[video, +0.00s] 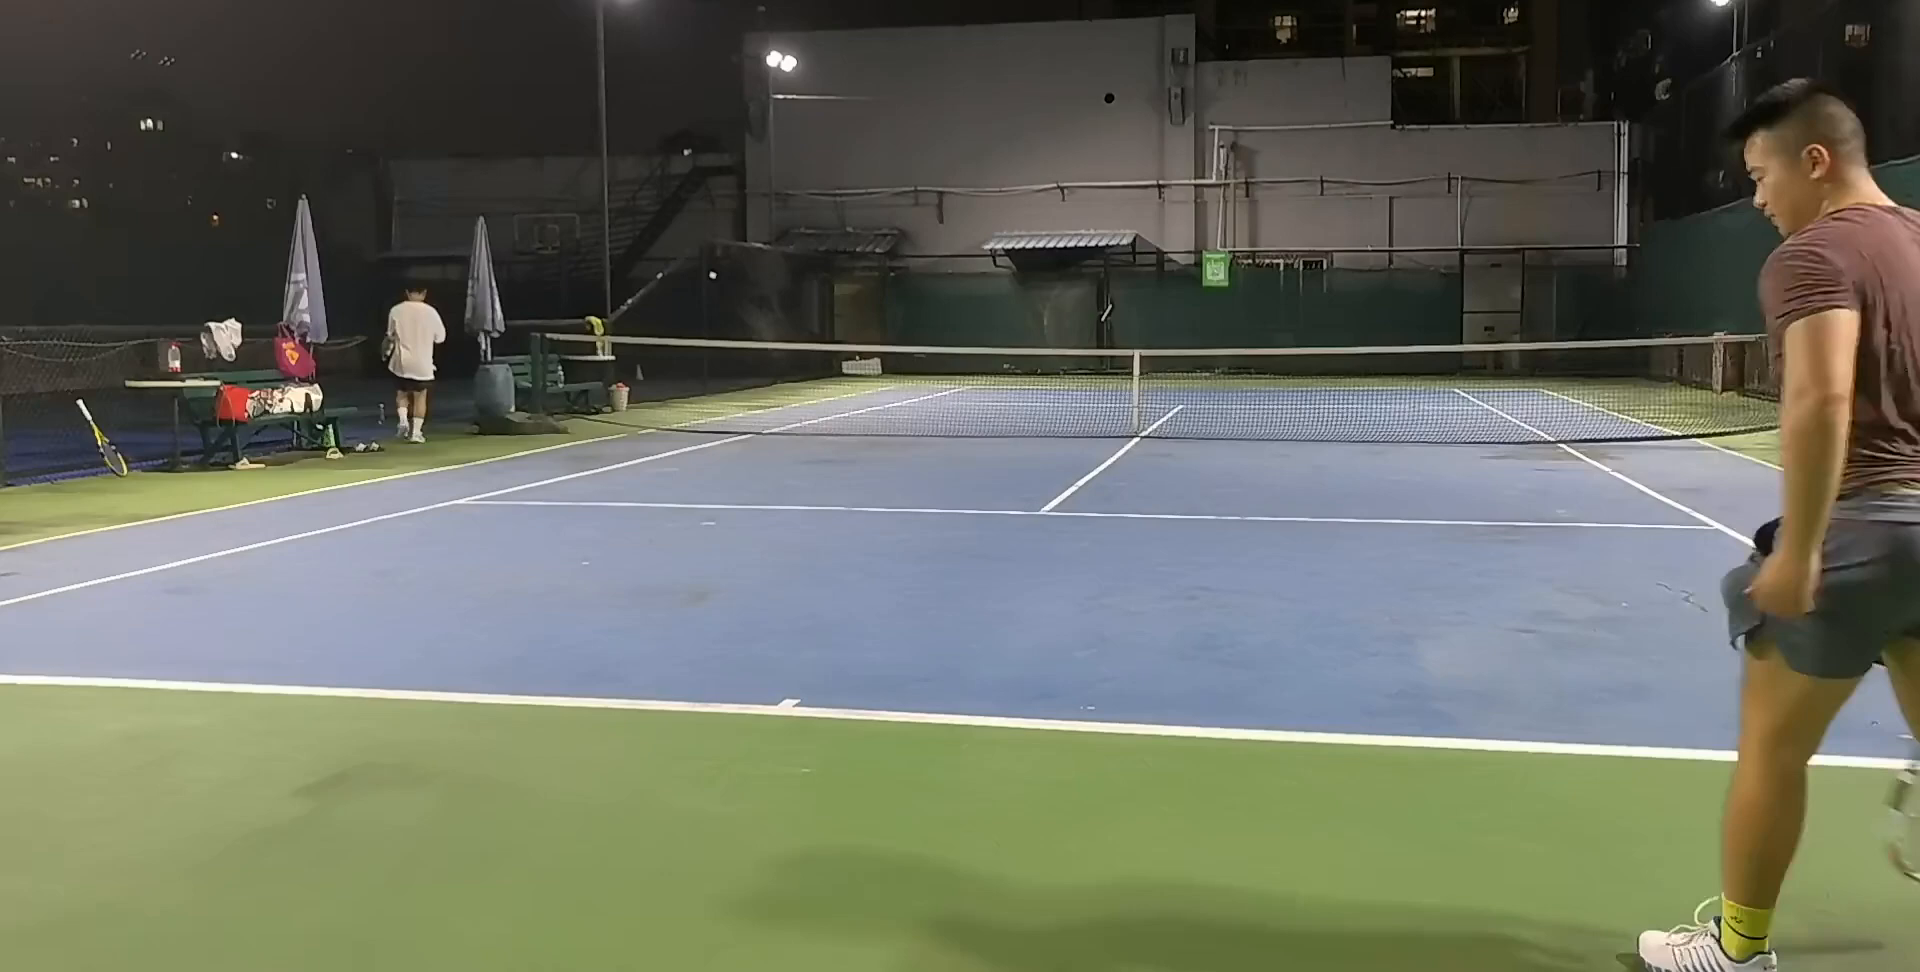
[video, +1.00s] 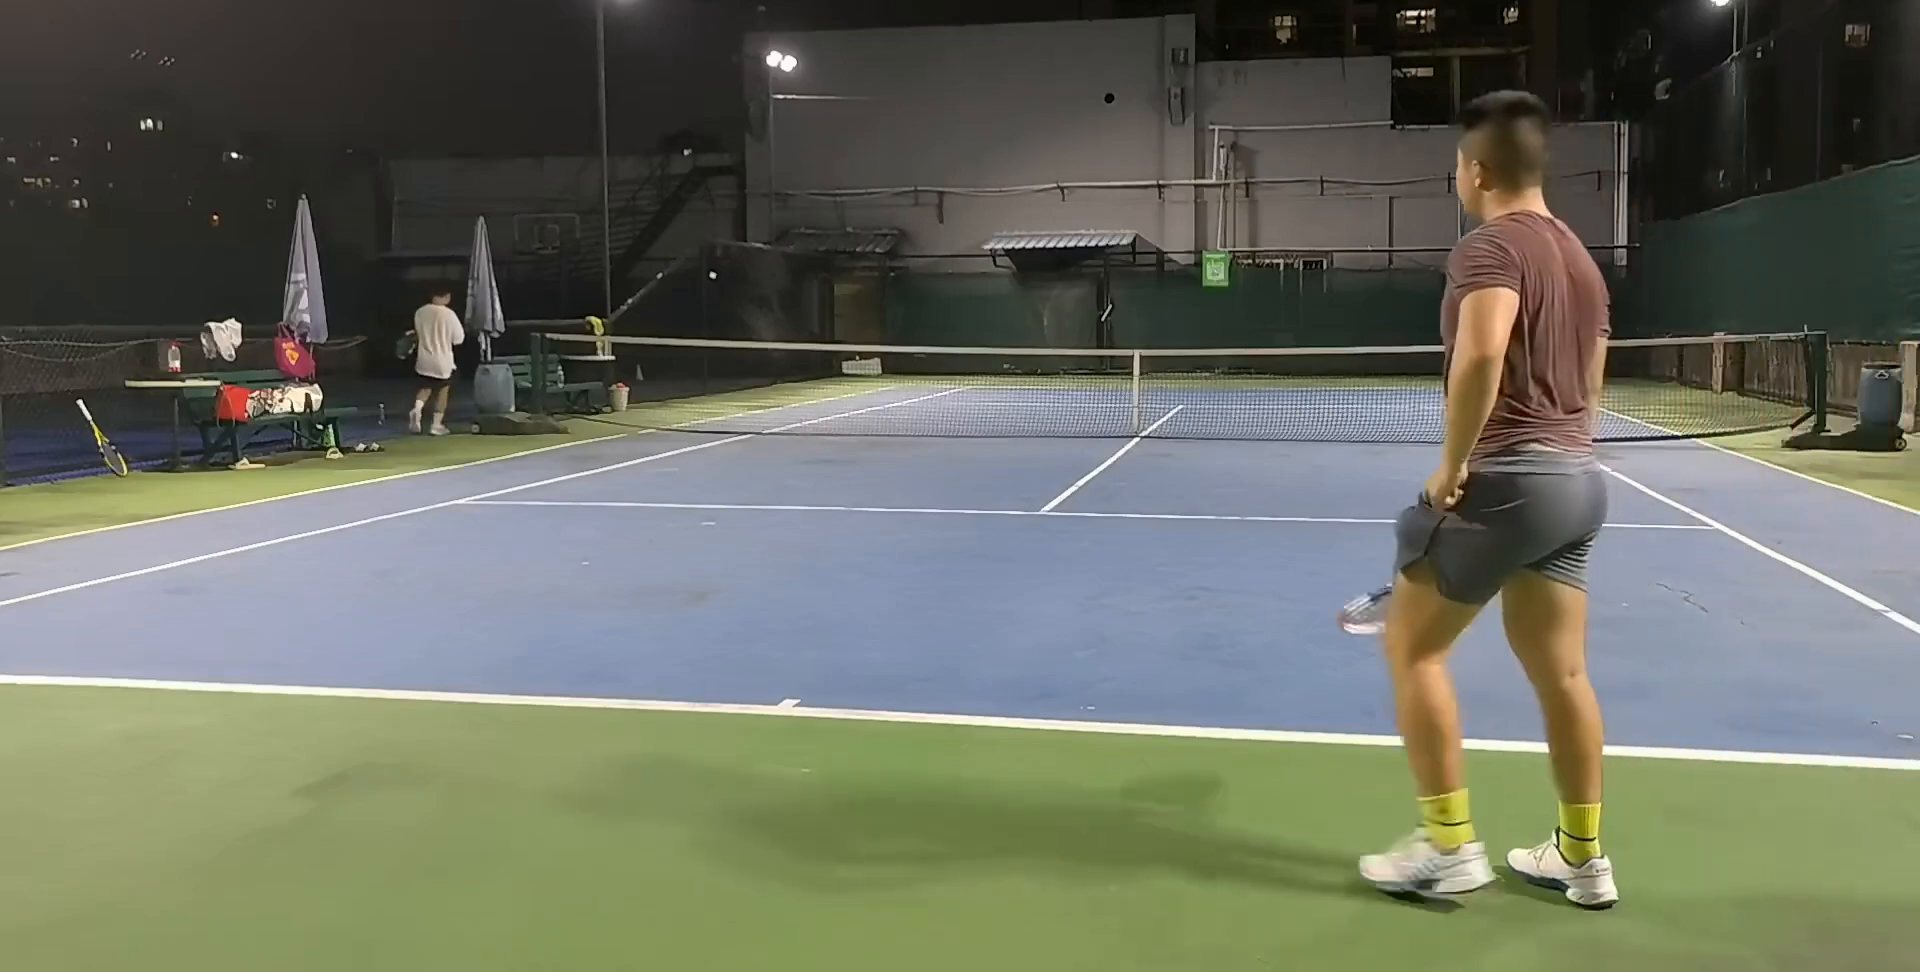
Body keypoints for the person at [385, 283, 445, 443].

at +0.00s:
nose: (421, 297)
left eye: (420, 294)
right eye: (422, 294)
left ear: (407, 293)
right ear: (424, 293)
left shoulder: (396, 310)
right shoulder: (430, 312)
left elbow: (390, 334)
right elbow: (440, 337)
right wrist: (425, 329)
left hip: (401, 363)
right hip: (423, 364)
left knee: (402, 393)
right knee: (420, 396)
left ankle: (403, 421)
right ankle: (416, 432)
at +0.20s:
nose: (421, 299)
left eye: (419, 295)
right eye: (423, 295)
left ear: (407, 294)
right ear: (424, 294)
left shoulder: (397, 312)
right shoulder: (431, 313)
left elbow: (391, 335)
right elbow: (441, 337)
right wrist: (426, 329)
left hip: (402, 363)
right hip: (423, 364)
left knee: (405, 395)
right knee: (420, 397)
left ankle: (407, 431)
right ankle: (416, 432)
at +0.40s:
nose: (420, 299)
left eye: (415, 296)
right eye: (421, 296)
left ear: (406, 296)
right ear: (422, 296)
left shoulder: (396, 314)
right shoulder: (430, 314)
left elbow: (393, 338)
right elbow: (441, 337)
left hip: (404, 365)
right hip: (425, 365)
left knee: (408, 393)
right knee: (426, 390)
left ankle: (410, 430)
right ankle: (420, 416)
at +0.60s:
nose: (426, 297)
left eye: (425, 294)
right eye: (426, 294)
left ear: (410, 294)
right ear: (426, 294)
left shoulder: (399, 311)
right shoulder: (432, 311)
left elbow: (397, 333)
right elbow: (442, 334)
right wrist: (426, 330)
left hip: (407, 362)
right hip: (428, 362)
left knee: (409, 394)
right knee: (432, 389)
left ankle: (410, 429)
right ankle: (425, 420)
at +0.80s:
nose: (438, 300)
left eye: (437, 297)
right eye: (437, 297)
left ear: (421, 297)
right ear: (434, 298)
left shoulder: (409, 313)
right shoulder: (439, 315)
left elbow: (406, 333)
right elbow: (448, 340)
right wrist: (433, 334)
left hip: (413, 362)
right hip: (434, 363)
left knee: (412, 394)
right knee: (436, 392)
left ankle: (410, 427)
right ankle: (435, 425)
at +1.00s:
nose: (449, 300)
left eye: (448, 297)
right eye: (448, 297)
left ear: (432, 296)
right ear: (445, 297)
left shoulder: (420, 312)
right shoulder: (449, 314)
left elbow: (418, 332)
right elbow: (458, 339)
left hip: (423, 360)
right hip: (443, 361)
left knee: (425, 387)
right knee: (443, 390)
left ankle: (417, 409)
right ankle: (437, 424)